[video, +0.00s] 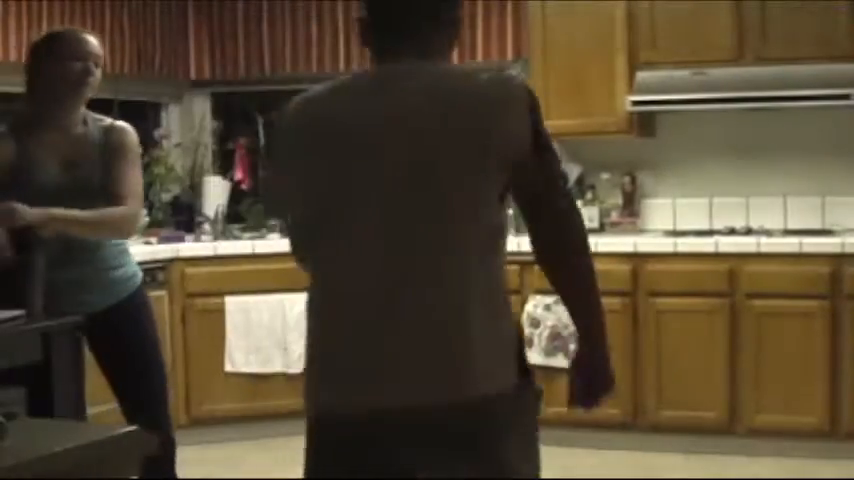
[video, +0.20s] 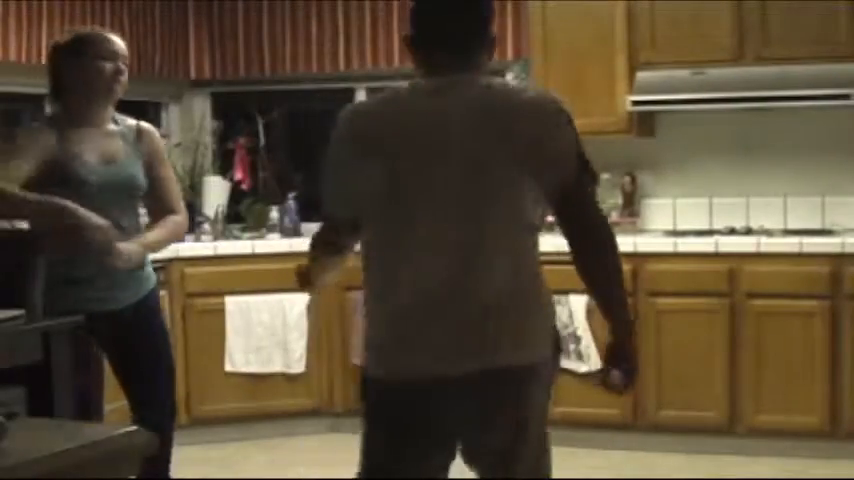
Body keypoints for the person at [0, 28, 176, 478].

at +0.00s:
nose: (89, 71)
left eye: (96, 64)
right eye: (76, 61)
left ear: (102, 75)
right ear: (43, 67)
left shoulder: (117, 136)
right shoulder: (13, 137)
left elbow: (129, 219)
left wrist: (45, 217)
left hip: (113, 296)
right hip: (38, 303)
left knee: (154, 425)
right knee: (52, 434)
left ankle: (161, 478)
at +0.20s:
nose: (121, 69)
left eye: (124, 62)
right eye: (108, 60)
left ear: (127, 74)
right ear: (71, 70)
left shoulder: (142, 136)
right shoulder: (44, 138)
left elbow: (177, 217)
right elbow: (5, 192)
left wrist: (139, 246)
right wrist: (71, 214)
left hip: (134, 300)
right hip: (67, 304)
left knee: (159, 416)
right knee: (75, 427)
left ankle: (154, 476)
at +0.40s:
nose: (159, 79)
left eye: (161, 71)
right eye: (147, 70)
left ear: (164, 79)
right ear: (113, 80)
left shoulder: (165, 139)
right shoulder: (101, 143)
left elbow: (186, 210)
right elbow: (88, 214)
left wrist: (200, 249)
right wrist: (189, 228)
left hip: (160, 300)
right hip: (105, 304)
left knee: (182, 412)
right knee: (104, 423)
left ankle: (154, 477)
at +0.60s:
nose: (196, 77)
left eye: (197, 69)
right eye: (183, 69)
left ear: (195, 78)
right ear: (149, 78)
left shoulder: (175, 135)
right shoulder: (151, 137)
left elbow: (181, 214)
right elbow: (176, 207)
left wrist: (225, 251)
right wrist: (262, 227)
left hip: (168, 286)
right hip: (146, 288)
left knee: (188, 406)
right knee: (184, 408)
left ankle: (146, 471)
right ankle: (156, 474)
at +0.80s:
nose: (234, 77)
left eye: (233, 69)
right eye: (222, 70)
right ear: (190, 81)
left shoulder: (180, 137)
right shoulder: (198, 137)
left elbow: (198, 219)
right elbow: (199, 205)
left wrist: (256, 249)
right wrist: (279, 230)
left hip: (165, 284)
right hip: (196, 287)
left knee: (190, 397)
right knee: (240, 395)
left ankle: (157, 473)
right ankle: (232, 475)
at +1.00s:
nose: (271, 84)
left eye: (268, 76)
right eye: (259, 77)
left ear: (235, 92)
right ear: (228, 88)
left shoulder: (223, 146)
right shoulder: (236, 148)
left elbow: (235, 232)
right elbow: (239, 223)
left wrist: (280, 280)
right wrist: (316, 223)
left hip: (211, 291)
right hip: (236, 293)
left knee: (245, 398)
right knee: (282, 393)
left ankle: (183, 474)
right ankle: (264, 474)